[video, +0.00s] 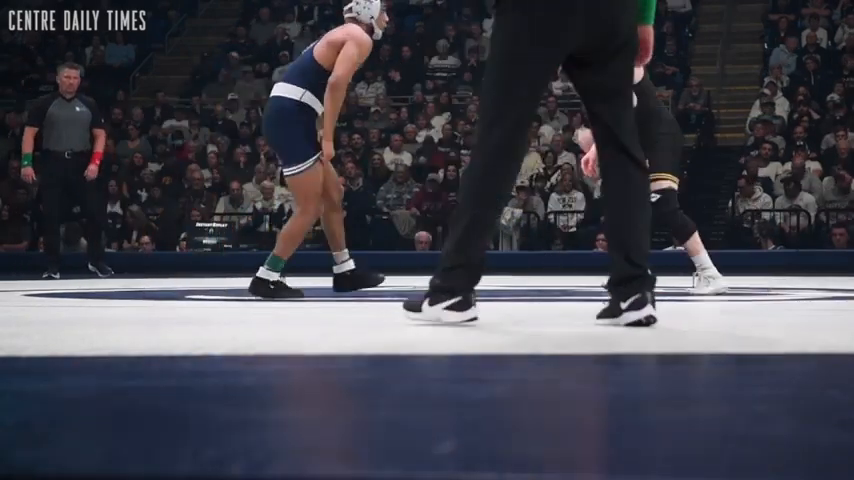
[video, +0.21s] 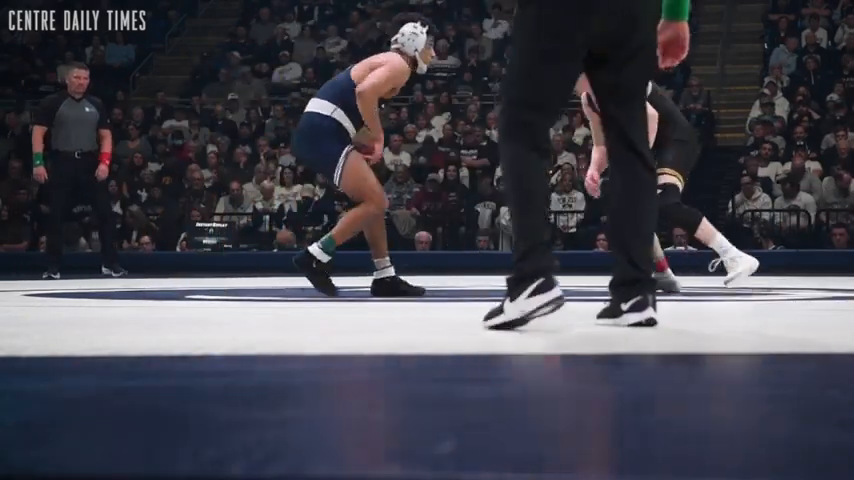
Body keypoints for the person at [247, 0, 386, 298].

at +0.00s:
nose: (387, 19)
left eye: (386, 13)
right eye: (383, 13)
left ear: (356, 15)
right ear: (370, 14)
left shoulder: (339, 35)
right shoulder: (359, 37)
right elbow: (336, 83)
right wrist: (328, 138)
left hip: (290, 118)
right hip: (290, 119)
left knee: (332, 195)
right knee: (309, 207)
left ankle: (345, 271)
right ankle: (267, 276)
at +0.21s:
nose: (432, 54)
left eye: (431, 47)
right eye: (429, 47)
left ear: (403, 45)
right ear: (417, 48)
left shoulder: (384, 60)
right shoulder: (398, 65)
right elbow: (365, 91)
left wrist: (365, 143)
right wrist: (378, 135)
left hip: (318, 133)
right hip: (321, 133)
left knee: (374, 202)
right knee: (375, 202)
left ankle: (385, 276)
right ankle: (316, 256)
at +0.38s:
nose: (460, 94)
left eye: (461, 87)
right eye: (458, 86)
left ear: (434, 81)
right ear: (443, 83)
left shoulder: (407, 104)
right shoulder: (419, 96)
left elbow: (409, 172)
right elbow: (424, 158)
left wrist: (432, 207)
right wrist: (446, 205)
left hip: (326, 136)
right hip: (326, 134)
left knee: (385, 195)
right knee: (384, 194)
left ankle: (386, 272)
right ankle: (385, 273)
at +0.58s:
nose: (471, 125)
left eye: (474, 120)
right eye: (472, 119)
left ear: (449, 106)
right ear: (462, 113)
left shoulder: (412, 136)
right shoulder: (437, 118)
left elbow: (423, 185)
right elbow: (460, 177)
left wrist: (445, 232)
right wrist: (483, 219)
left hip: (324, 137)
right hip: (335, 138)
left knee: (376, 201)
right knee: (398, 199)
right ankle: (389, 278)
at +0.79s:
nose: (466, 126)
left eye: (465, 119)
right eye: (467, 120)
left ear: (440, 105)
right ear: (462, 116)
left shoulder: (419, 115)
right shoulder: (447, 129)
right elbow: (486, 183)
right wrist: (521, 207)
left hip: (326, 155)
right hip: (347, 155)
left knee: (363, 224)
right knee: (418, 205)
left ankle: (313, 268)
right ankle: (392, 278)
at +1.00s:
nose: (495, 121)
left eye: (493, 116)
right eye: (495, 115)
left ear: (466, 105)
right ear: (488, 112)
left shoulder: (442, 120)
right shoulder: (484, 126)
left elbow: (458, 165)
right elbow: (518, 169)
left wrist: (495, 170)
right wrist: (538, 185)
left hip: (373, 154)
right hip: (409, 155)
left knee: (363, 245)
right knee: (473, 210)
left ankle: (308, 271)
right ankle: (465, 251)